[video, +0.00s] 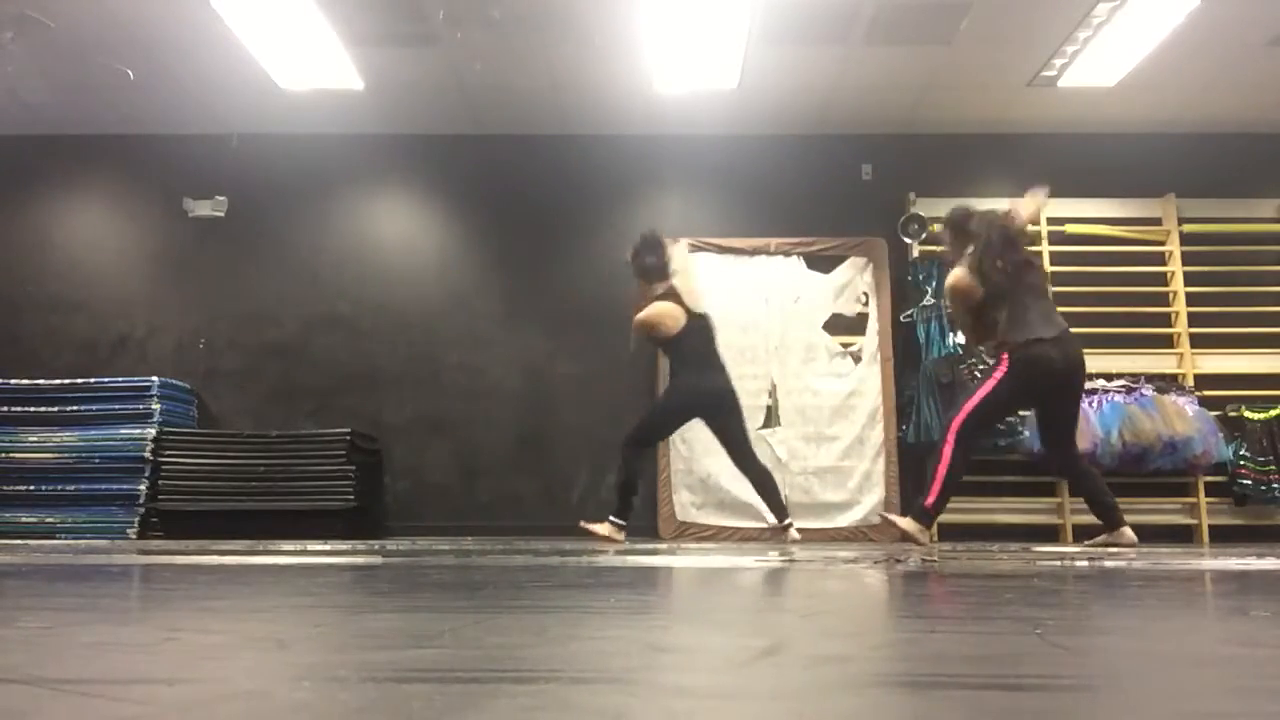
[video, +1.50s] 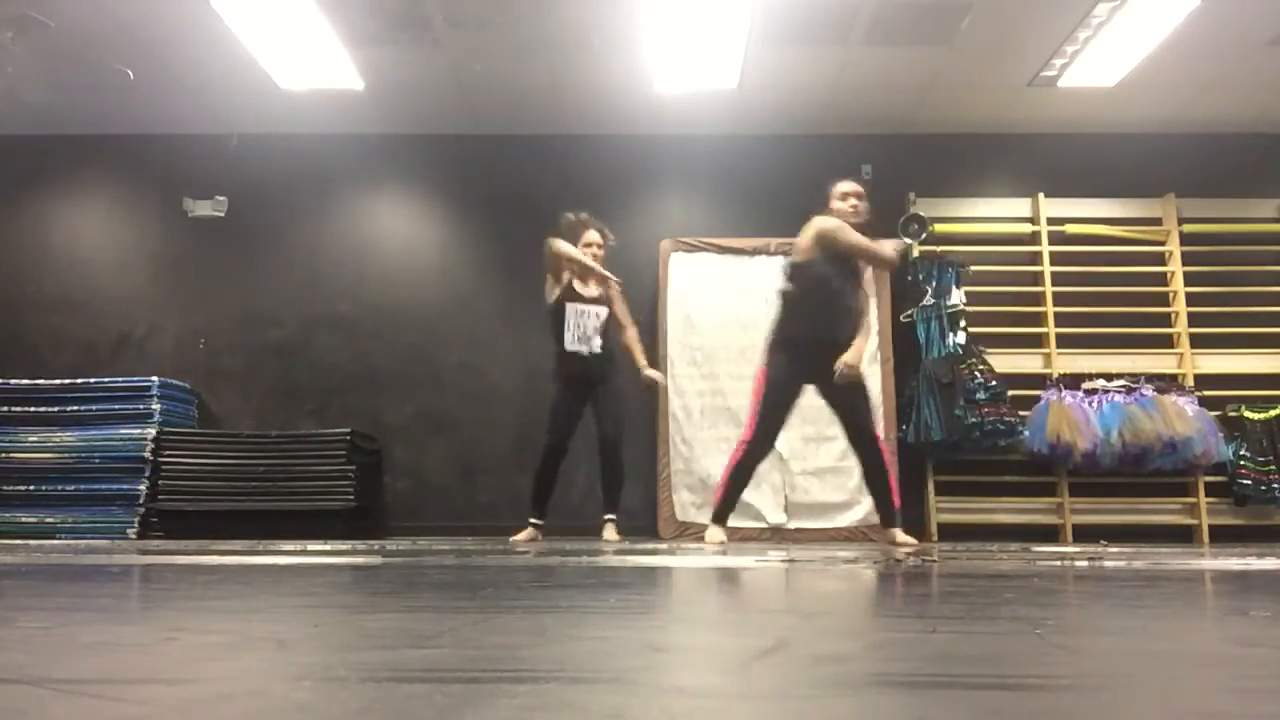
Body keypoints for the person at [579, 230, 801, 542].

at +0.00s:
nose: (635, 279)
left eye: (636, 272)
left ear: (640, 276)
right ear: (668, 267)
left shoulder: (647, 318)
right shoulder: (689, 289)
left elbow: (637, 361)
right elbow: (682, 249)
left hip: (686, 394)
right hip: (719, 391)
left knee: (634, 445)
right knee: (747, 460)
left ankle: (618, 525)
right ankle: (787, 524)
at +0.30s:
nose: (744, 263)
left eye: (740, 256)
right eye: (742, 257)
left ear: (707, 261)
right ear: (735, 261)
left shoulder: (692, 294)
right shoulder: (740, 289)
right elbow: (772, 245)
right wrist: (788, 201)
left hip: (701, 387)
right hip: (739, 385)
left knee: (667, 457)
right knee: (762, 455)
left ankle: (626, 521)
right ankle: (791, 526)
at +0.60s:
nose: (761, 328)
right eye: (761, 323)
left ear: (732, 324)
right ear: (758, 322)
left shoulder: (717, 351)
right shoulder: (764, 345)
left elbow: (712, 390)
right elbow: (807, 374)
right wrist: (847, 386)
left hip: (719, 404)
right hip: (761, 402)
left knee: (675, 466)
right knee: (775, 458)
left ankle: (627, 523)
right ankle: (791, 526)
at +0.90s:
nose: (646, 340)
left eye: (648, 333)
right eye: (644, 333)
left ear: (662, 331)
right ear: (672, 329)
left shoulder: (670, 353)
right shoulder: (699, 348)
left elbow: (684, 400)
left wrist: (681, 375)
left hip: (734, 415)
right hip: (764, 412)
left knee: (668, 462)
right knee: (761, 472)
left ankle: (628, 523)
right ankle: (790, 525)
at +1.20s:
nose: (616, 274)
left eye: (623, 269)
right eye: (611, 268)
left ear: (633, 276)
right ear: (603, 276)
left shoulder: (646, 306)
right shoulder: (597, 317)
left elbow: (653, 352)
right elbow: (587, 360)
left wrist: (612, 354)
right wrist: (571, 400)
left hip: (666, 388)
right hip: (638, 391)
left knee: (631, 443)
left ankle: (617, 522)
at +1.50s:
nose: (595, 253)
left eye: (599, 247)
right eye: (588, 246)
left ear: (605, 251)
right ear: (574, 251)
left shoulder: (608, 288)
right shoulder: (559, 282)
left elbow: (628, 327)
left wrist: (643, 366)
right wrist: (595, 269)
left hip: (605, 377)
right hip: (571, 376)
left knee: (611, 442)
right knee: (554, 445)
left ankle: (610, 522)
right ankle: (535, 524)